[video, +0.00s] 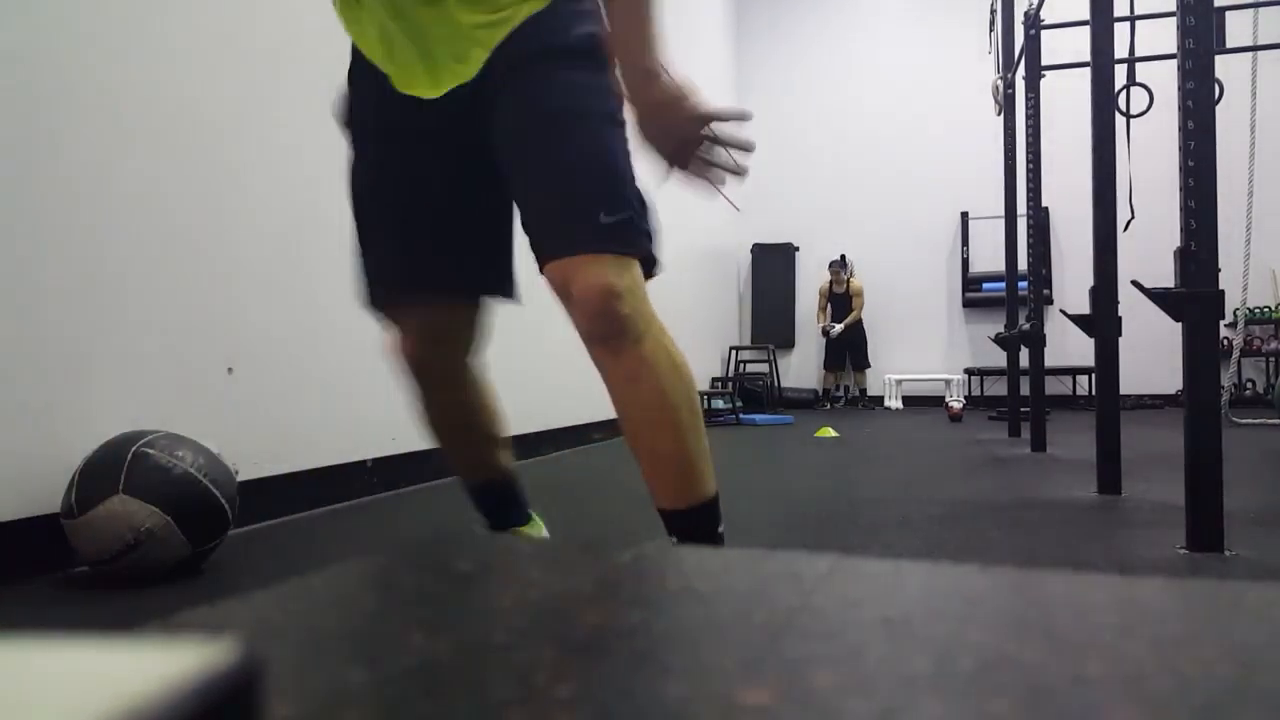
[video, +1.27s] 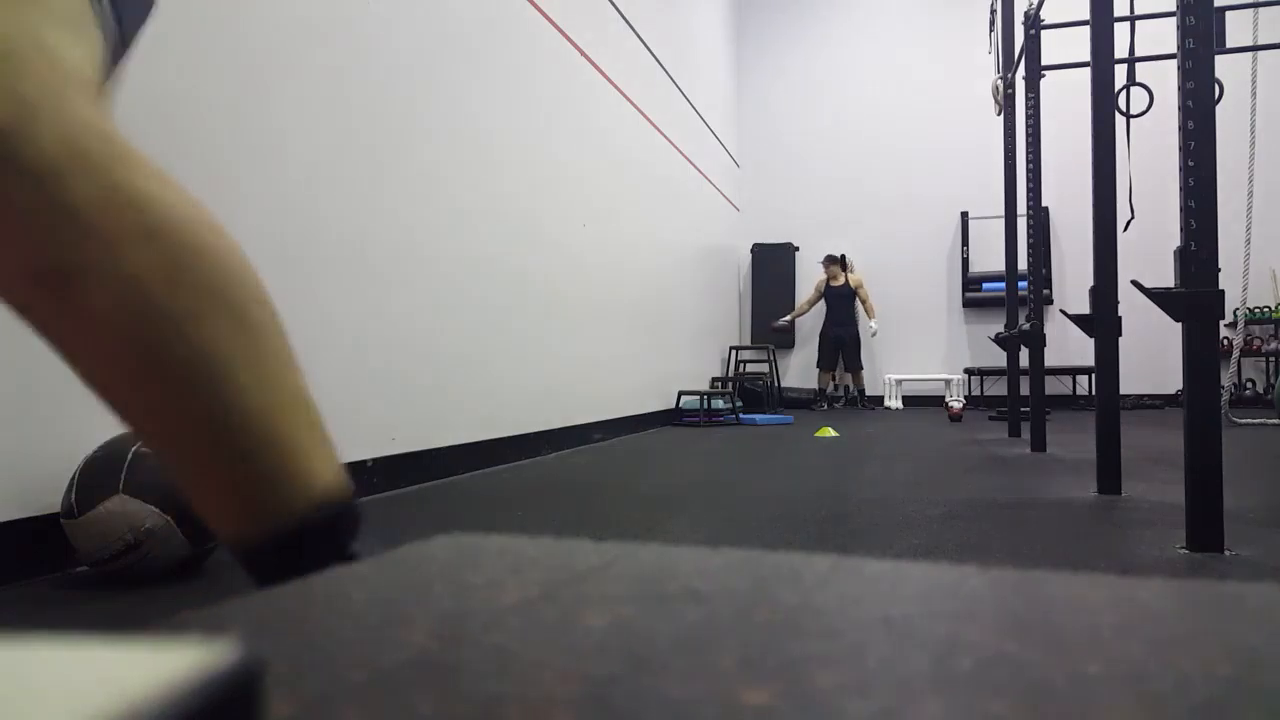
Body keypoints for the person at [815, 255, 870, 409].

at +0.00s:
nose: (835, 277)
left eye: (838, 273)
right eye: (832, 273)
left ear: (844, 272)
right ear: (829, 273)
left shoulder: (855, 287)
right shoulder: (825, 289)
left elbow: (857, 311)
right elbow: (822, 309)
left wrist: (842, 326)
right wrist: (822, 324)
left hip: (854, 329)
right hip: (834, 330)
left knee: (859, 366)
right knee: (830, 367)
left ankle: (863, 399)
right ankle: (825, 399)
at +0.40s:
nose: (837, 268)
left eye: (840, 265)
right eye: (834, 265)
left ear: (846, 266)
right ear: (831, 267)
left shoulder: (857, 283)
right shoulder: (826, 286)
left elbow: (863, 305)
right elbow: (821, 308)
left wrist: (863, 326)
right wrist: (815, 326)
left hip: (853, 331)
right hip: (833, 331)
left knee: (858, 368)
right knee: (829, 368)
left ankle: (862, 399)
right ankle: (825, 399)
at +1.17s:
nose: (834, 268)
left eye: (837, 265)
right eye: (833, 265)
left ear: (847, 265)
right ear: (832, 266)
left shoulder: (860, 282)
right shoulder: (829, 283)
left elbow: (870, 303)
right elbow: (815, 303)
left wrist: (876, 323)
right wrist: (797, 317)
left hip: (852, 330)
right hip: (832, 330)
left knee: (857, 367)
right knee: (827, 366)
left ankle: (862, 399)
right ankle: (822, 400)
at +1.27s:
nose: (825, 270)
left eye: (828, 267)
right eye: (824, 267)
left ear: (837, 267)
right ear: (825, 268)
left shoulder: (854, 281)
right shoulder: (823, 284)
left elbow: (865, 302)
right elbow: (808, 304)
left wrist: (872, 320)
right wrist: (790, 317)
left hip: (849, 330)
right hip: (829, 330)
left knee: (855, 367)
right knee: (825, 367)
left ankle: (862, 399)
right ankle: (822, 400)